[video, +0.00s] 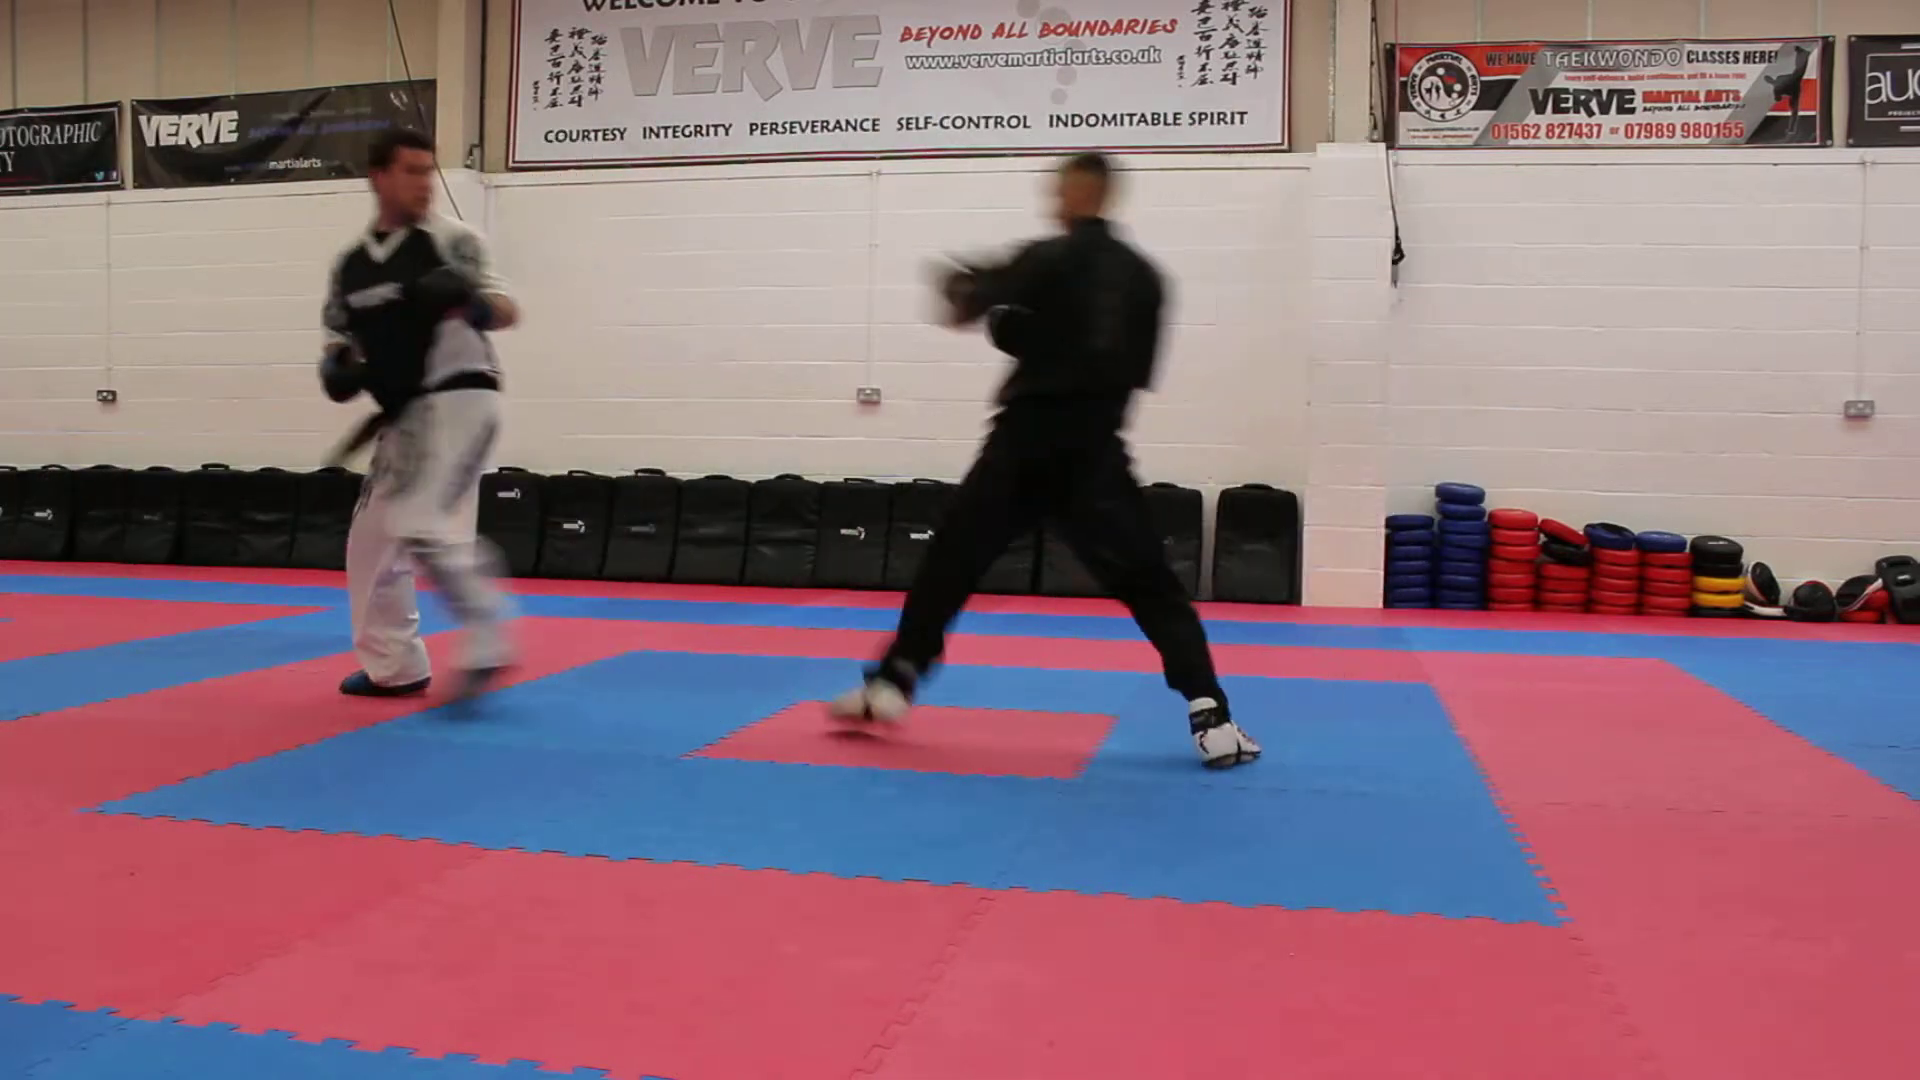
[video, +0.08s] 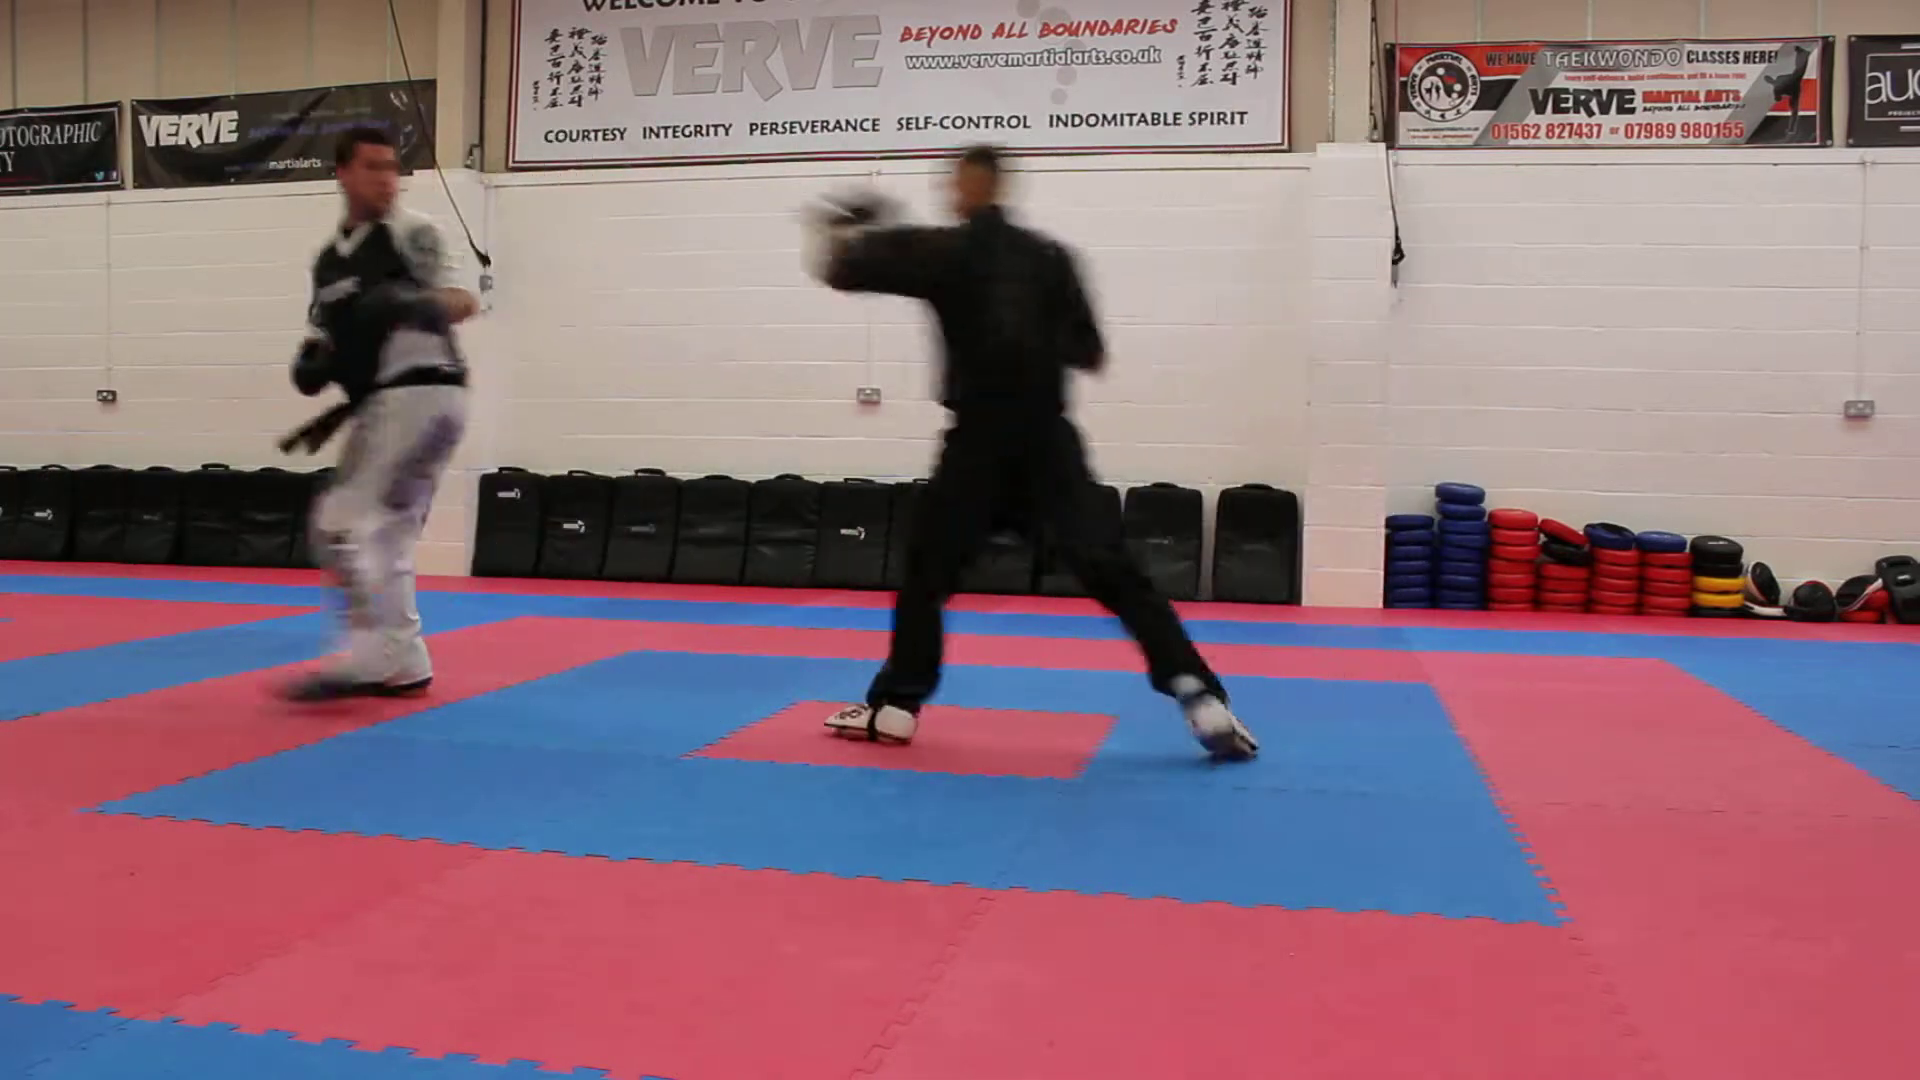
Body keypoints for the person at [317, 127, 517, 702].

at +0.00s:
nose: (425, 183)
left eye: (430, 172)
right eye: (412, 172)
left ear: (435, 177)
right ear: (378, 178)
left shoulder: (449, 242)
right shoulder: (351, 267)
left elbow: (503, 311)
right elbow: (340, 351)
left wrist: (463, 298)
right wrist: (342, 370)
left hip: (462, 398)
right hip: (404, 410)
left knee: (420, 521)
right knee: (370, 538)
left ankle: (490, 640)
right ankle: (394, 664)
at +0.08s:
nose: (388, 180)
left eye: (394, 169)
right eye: (374, 168)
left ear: (400, 175)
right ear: (342, 175)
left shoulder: (413, 232)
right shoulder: (331, 260)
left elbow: (462, 301)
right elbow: (333, 340)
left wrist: (391, 301)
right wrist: (314, 363)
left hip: (425, 393)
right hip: (382, 400)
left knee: (344, 516)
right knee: (388, 530)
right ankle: (400, 654)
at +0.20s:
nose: (284, 188)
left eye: (293, 174)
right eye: (280, 177)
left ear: (330, 175)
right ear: (292, 180)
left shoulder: (346, 224)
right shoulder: (324, 242)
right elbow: (336, 351)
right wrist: (294, 425)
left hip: (356, 409)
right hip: (386, 412)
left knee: (282, 533)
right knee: (374, 546)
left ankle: (213, 649)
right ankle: (399, 665)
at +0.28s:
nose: (243, 197)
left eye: (246, 186)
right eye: (245, 185)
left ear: (262, 187)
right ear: (293, 183)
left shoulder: (285, 228)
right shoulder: (318, 227)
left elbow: (320, 295)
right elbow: (306, 309)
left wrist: (298, 367)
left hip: (317, 414)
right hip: (367, 412)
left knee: (241, 527)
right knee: (362, 542)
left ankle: (185, 642)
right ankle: (395, 662)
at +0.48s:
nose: (212, 218)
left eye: (208, 208)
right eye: (206, 209)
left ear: (150, 220)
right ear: (184, 215)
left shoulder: (121, 288)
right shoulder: (225, 260)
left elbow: (95, 378)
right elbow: (297, 319)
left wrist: (90, 453)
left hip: (218, 428)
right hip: (289, 415)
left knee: (188, 545)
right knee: (331, 490)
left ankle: (186, 663)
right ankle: (359, 571)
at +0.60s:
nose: (151, 227)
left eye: (146, 216)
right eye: (144, 217)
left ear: (87, 227)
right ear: (120, 219)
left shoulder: (59, 293)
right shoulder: (161, 258)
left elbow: (40, 385)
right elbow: (254, 301)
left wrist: (78, 342)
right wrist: (225, 348)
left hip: (179, 425)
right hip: (242, 388)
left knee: (166, 543)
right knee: (344, 420)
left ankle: (184, 662)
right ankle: (412, 431)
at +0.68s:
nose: (115, 200)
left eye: (109, 190)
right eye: (108, 190)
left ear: (47, 202)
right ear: (87, 192)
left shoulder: (27, 267)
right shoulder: (127, 235)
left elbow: (22, 342)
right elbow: (223, 265)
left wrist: (75, 314)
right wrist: (192, 323)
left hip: (153, 400)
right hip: (210, 361)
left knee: (165, 529)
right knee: (317, 378)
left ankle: (179, 656)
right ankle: (404, 350)